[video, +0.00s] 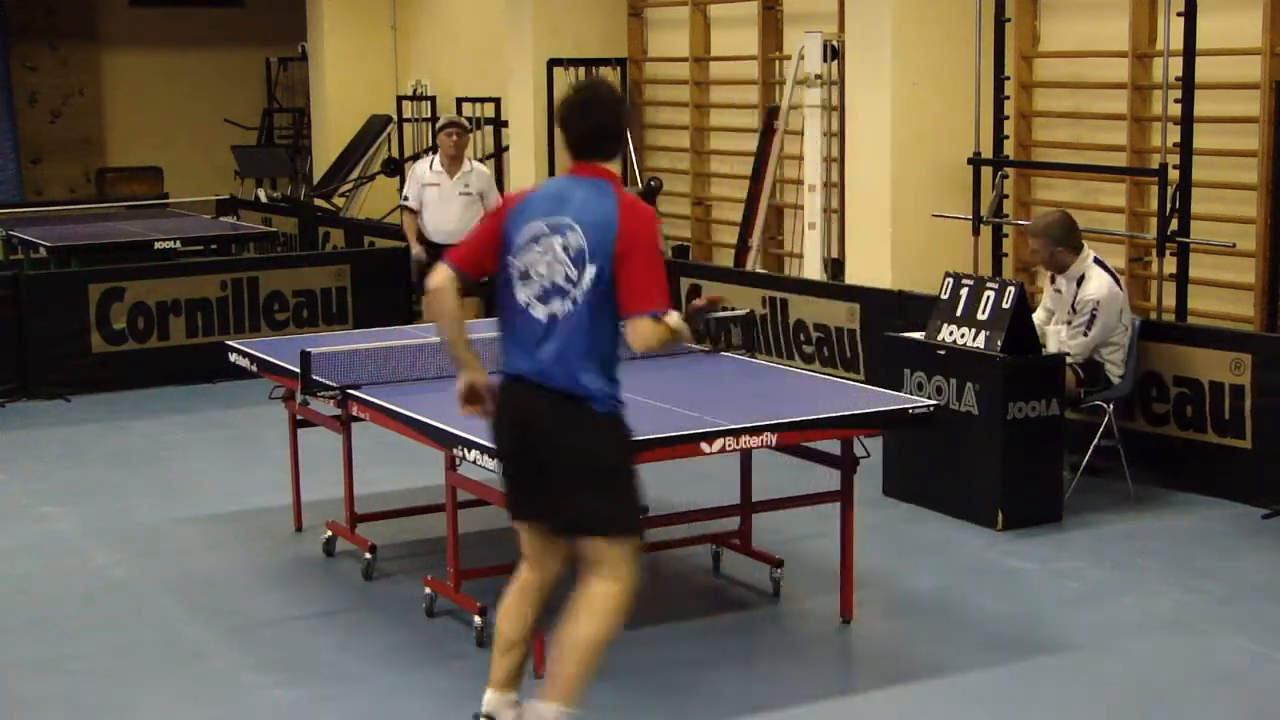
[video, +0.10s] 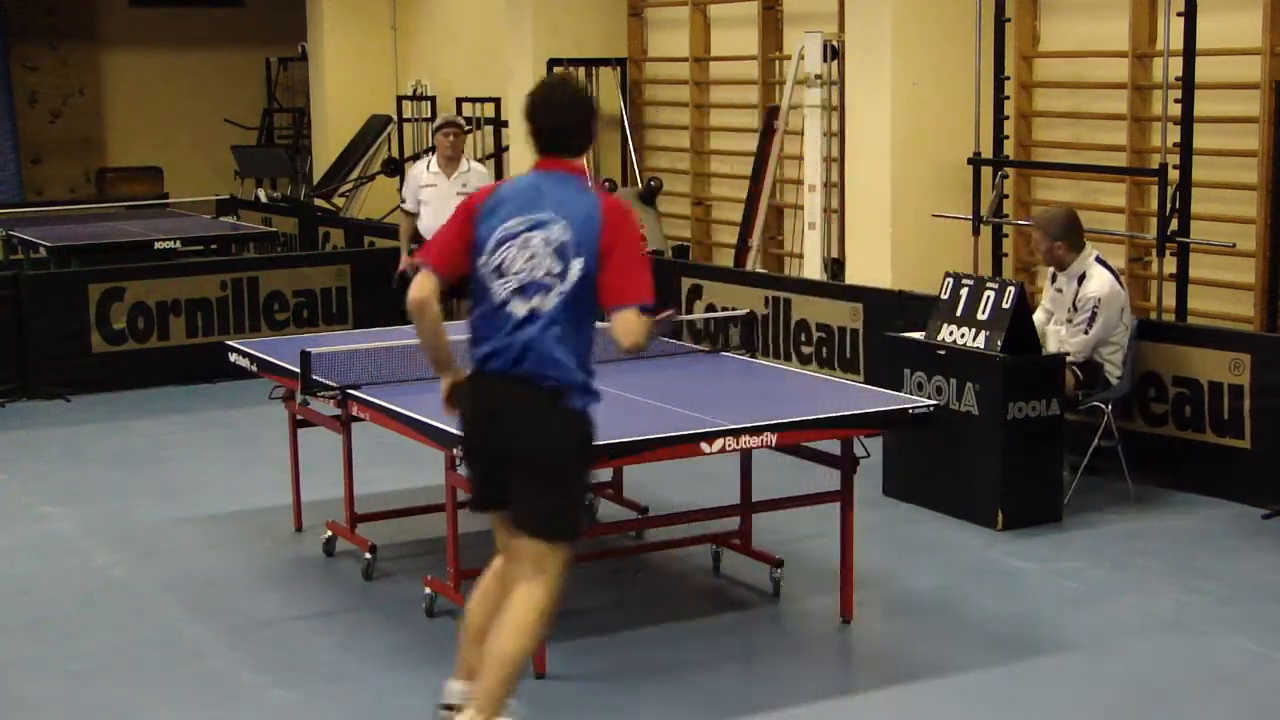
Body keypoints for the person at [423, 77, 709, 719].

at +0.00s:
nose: (627, 138)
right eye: (627, 130)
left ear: (562, 138)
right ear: (624, 139)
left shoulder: (522, 203)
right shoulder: (630, 215)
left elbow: (440, 284)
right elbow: (643, 335)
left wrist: (470, 369)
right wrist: (675, 327)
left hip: (518, 404)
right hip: (583, 413)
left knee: (540, 558)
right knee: (611, 569)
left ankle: (495, 703)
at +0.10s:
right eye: (592, 129)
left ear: (530, 134)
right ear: (592, 136)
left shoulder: (486, 202)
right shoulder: (610, 214)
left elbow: (420, 294)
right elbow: (629, 335)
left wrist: (449, 373)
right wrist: (638, 318)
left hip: (485, 397)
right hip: (552, 406)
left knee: (509, 553)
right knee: (537, 570)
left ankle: (461, 690)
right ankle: (482, 709)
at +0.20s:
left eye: (504, 148)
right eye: (563, 148)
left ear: (499, 157)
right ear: (563, 158)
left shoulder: (459, 230)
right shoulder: (576, 237)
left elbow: (398, 330)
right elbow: (605, 360)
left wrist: (429, 405)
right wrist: (582, 337)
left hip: (458, 426)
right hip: (523, 440)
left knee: (472, 569)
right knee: (494, 609)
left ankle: (386, 687)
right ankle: (454, 717)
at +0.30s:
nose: (541, 161)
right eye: (541, 153)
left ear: (477, 160)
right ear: (537, 159)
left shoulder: (430, 230)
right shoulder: (545, 235)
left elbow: (368, 324)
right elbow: (561, 361)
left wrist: (414, 395)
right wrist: (578, 362)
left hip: (436, 427)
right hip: (503, 437)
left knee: (434, 571)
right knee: (477, 605)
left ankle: (344, 691)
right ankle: (448, 718)